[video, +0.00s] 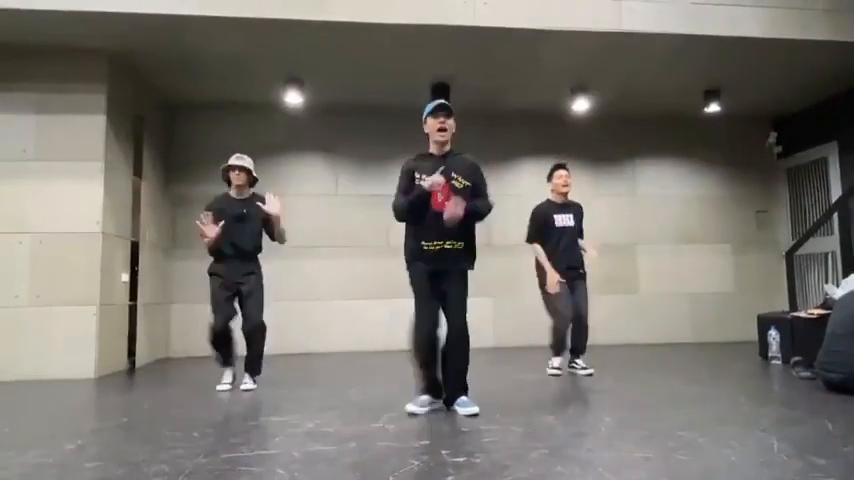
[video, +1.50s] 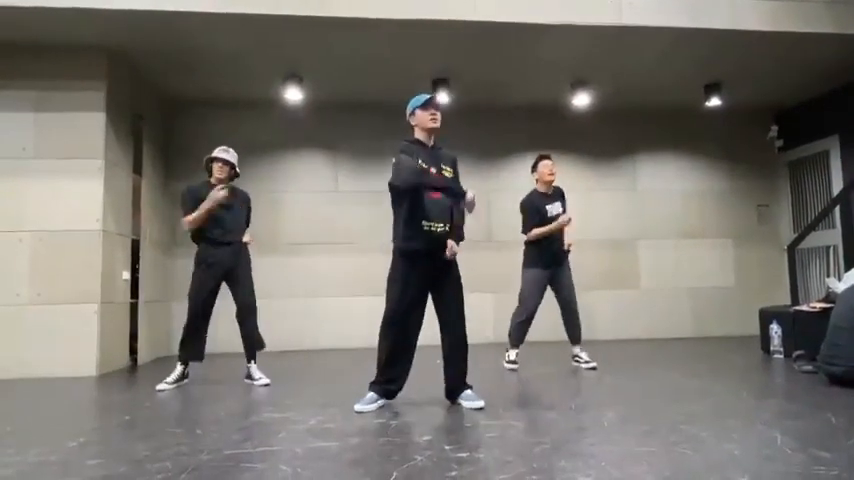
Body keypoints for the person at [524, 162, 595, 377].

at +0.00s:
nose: (565, 180)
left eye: (567, 177)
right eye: (559, 177)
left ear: (571, 182)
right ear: (550, 184)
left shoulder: (576, 208)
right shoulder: (541, 210)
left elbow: (577, 237)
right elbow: (534, 243)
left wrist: (586, 247)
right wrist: (549, 271)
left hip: (576, 271)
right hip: (552, 272)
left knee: (581, 315)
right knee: (563, 315)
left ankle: (576, 358)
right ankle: (556, 356)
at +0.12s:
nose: (565, 178)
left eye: (567, 174)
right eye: (560, 175)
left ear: (571, 179)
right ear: (551, 180)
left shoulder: (577, 205)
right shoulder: (541, 206)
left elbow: (584, 236)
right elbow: (540, 231)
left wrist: (588, 254)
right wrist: (563, 241)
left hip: (576, 265)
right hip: (552, 266)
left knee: (584, 308)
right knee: (571, 305)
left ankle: (576, 356)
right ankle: (560, 349)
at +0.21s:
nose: (563, 175)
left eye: (565, 171)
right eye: (558, 172)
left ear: (570, 176)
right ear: (549, 178)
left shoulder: (579, 202)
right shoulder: (542, 201)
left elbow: (586, 234)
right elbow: (543, 217)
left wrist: (587, 254)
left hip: (574, 262)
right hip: (550, 261)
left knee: (582, 307)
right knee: (567, 296)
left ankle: (576, 357)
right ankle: (559, 330)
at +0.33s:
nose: (563, 173)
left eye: (564, 170)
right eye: (558, 171)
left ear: (568, 174)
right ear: (550, 176)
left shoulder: (580, 201)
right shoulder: (541, 198)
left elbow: (585, 233)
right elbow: (546, 192)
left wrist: (583, 253)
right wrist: (546, 165)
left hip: (571, 258)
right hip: (548, 253)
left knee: (577, 310)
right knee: (549, 274)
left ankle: (574, 356)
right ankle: (550, 302)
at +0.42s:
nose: (562, 173)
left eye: (564, 170)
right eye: (557, 170)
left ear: (567, 175)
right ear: (548, 175)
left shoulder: (579, 200)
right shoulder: (539, 197)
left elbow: (583, 231)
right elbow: (538, 217)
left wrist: (582, 251)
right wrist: (553, 189)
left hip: (569, 258)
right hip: (544, 255)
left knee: (575, 306)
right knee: (536, 284)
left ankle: (574, 354)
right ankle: (540, 316)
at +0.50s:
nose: (562, 172)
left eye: (563, 169)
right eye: (557, 169)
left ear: (567, 174)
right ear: (547, 175)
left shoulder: (577, 202)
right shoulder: (537, 202)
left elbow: (580, 230)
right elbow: (534, 229)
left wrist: (579, 245)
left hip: (569, 261)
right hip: (542, 261)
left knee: (574, 305)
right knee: (530, 301)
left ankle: (574, 354)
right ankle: (531, 341)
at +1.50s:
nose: (552, 171)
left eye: (553, 168)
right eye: (547, 168)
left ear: (554, 172)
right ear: (536, 174)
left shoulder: (559, 193)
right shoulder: (529, 202)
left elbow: (561, 220)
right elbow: (529, 233)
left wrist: (565, 239)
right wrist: (557, 224)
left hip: (559, 260)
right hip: (536, 263)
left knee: (569, 304)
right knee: (527, 306)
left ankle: (577, 350)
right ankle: (513, 350)